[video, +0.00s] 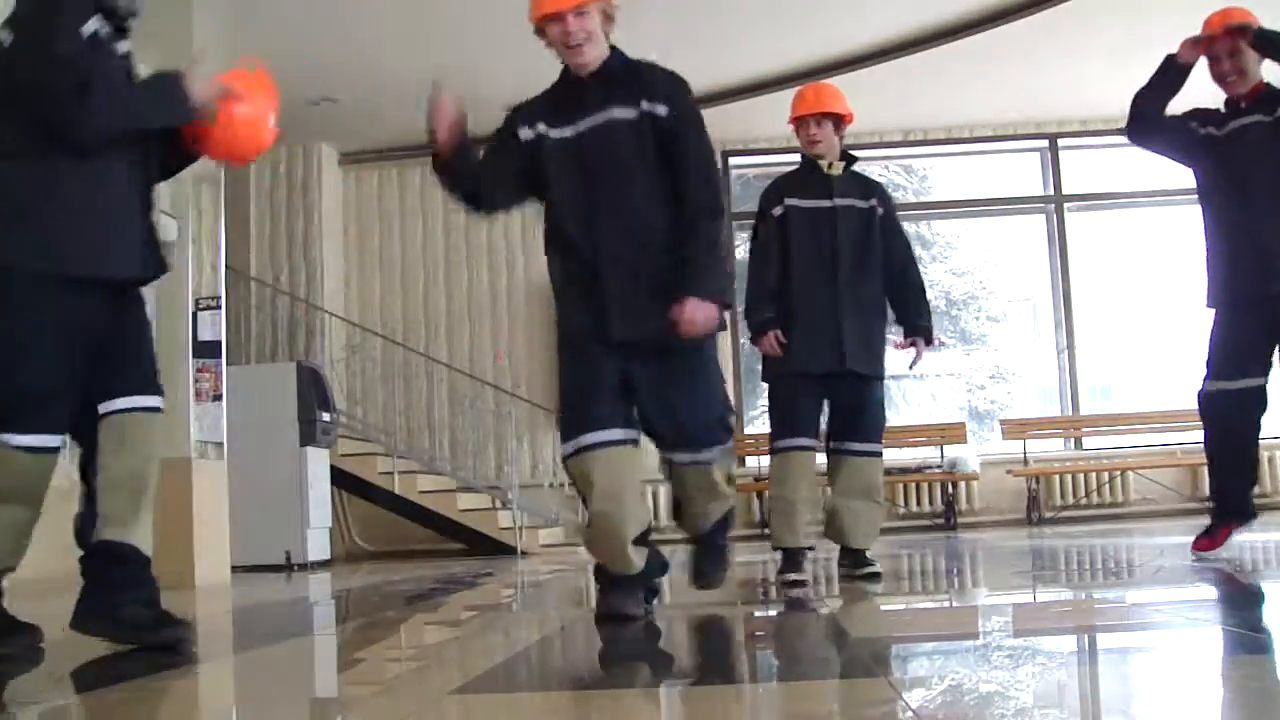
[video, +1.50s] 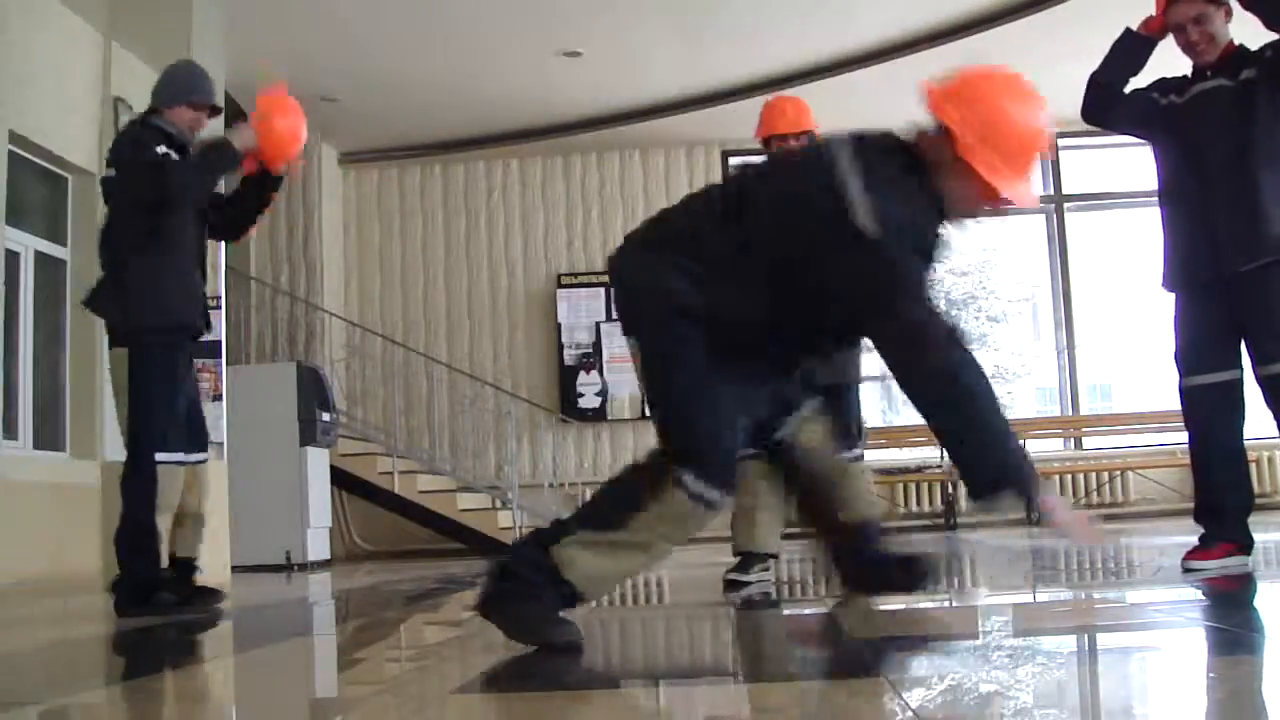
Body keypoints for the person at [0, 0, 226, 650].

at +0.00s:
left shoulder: (100, 37)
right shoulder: (47, 17)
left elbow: (117, 167)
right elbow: (81, 117)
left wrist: (190, 135)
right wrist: (178, 93)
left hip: (106, 268)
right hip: (35, 264)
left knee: (131, 419)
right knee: (27, 439)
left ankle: (116, 590)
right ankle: (0, 602)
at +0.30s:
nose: (109, 18)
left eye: (114, 11)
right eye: (104, 5)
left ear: (91, 12)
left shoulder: (71, 70)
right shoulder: (17, 48)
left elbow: (76, 193)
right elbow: (29, 145)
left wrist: (139, 174)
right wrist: (121, 152)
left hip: (60, 289)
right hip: (18, 285)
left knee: (77, 436)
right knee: (14, 431)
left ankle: (36, 582)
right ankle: (13, 597)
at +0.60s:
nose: (107, 76)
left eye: (110, 66)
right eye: (103, 63)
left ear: (79, 55)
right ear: (75, 51)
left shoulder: (59, 107)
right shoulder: (26, 98)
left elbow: (69, 203)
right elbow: (39, 191)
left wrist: (135, 182)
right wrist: (125, 179)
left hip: (46, 303)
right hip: (26, 303)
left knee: (37, 433)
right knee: (42, 432)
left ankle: (12, 582)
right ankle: (10, 583)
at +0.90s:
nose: (129, 96)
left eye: (131, 86)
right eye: (125, 83)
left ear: (86, 78)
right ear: (96, 76)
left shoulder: (46, 123)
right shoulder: (70, 122)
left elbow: (93, 228)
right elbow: (87, 202)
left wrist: (162, 206)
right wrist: (168, 177)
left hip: (30, 323)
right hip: (62, 324)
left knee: (16, 463)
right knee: (94, 455)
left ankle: (1, 585)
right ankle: (128, 583)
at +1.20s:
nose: (175, 96)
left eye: (177, 87)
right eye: (167, 84)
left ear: (153, 88)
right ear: (136, 84)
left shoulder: (128, 139)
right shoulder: (120, 138)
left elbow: (149, 228)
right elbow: (132, 228)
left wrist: (223, 213)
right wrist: (211, 205)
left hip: (110, 327)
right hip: (115, 329)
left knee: (104, 446)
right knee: (129, 454)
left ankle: (26, 546)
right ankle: (140, 587)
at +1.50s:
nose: (205, 122)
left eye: (208, 115)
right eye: (200, 111)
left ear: (190, 114)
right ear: (175, 105)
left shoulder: (178, 159)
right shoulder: (139, 145)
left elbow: (226, 224)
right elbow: (175, 186)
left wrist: (268, 174)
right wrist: (228, 147)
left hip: (175, 321)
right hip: (148, 319)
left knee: (185, 450)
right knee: (149, 453)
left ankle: (172, 577)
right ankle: (137, 585)